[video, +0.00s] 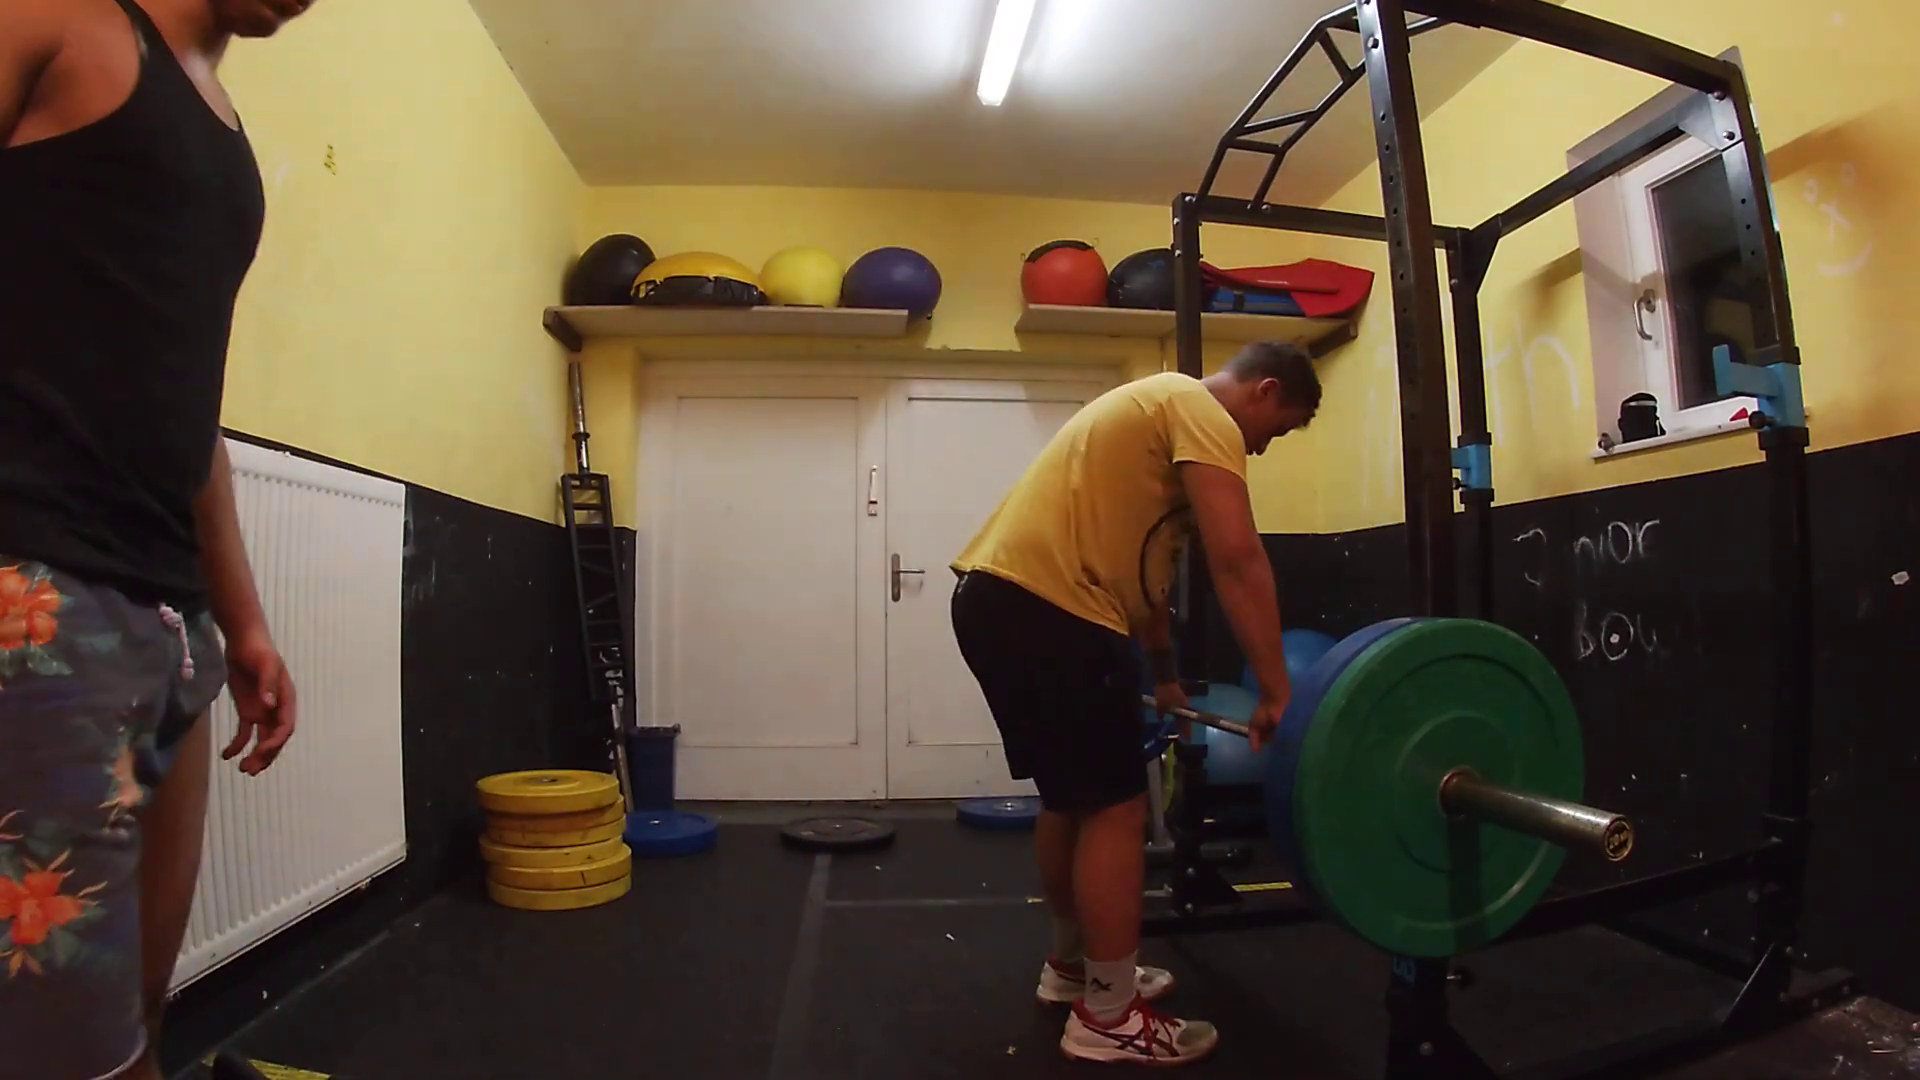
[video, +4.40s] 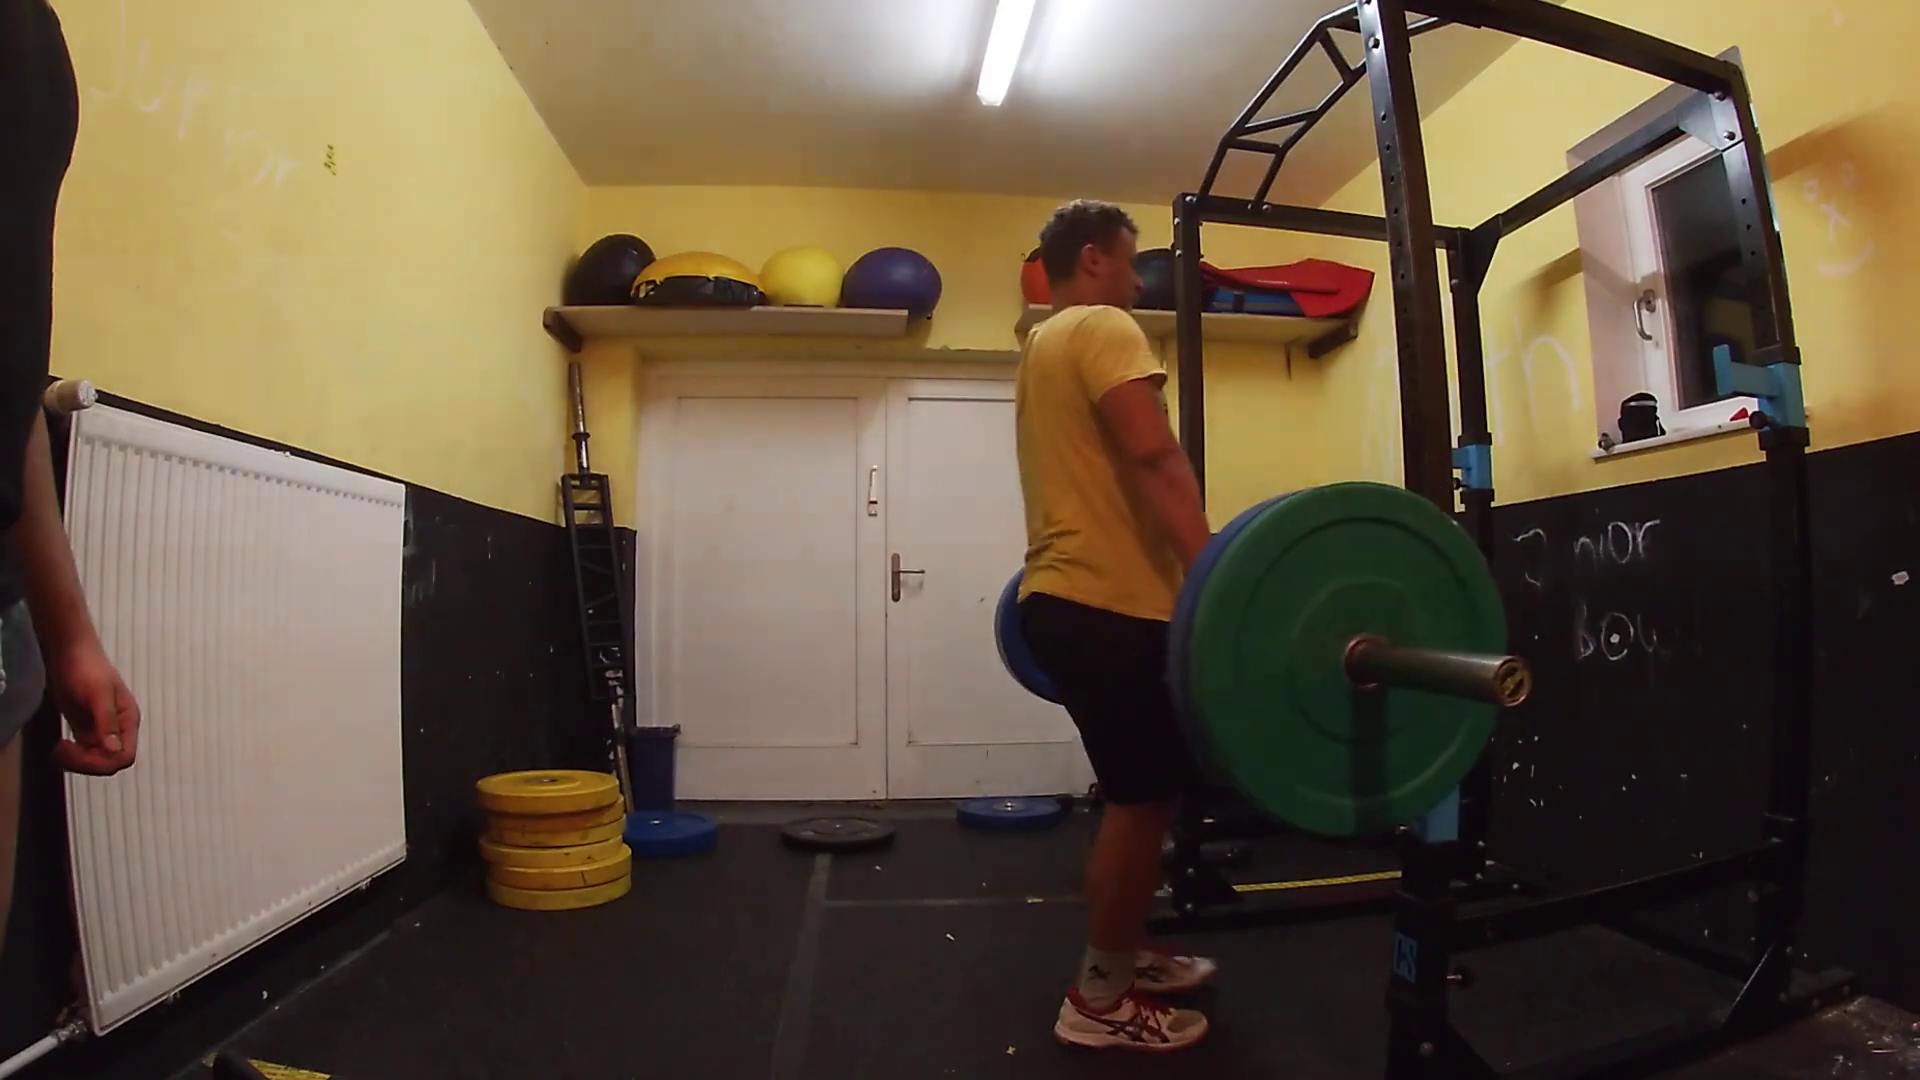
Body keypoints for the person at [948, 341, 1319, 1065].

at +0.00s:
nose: (1267, 444)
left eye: (1278, 435)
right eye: (1279, 428)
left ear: (1247, 380)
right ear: (1263, 392)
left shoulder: (1153, 412)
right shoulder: (1200, 411)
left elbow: (1143, 572)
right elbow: (1236, 555)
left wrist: (1163, 675)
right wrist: (1276, 689)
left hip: (1001, 595)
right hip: (1054, 607)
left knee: (1065, 794)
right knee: (1116, 803)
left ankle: (1071, 960)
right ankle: (1108, 1014)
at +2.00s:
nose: (1342, 478)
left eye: (1354, 473)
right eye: (1356, 465)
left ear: (1338, 412)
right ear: (1348, 425)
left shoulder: (1240, 422)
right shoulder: (1295, 423)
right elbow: (1302, 553)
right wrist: (1295, 698)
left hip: (1083, 590)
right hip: (1138, 604)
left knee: (1155, 791)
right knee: (1203, 796)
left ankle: (1147, 957)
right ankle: (1188, 1006)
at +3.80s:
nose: (1314, 378)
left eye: (1319, 363)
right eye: (1315, 359)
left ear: (1258, 332)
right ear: (1288, 334)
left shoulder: (1198, 389)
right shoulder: (1253, 389)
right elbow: (1274, 527)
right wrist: (1293, 668)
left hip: (1084, 598)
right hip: (1140, 607)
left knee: (1160, 791)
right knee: (1214, 796)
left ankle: (1148, 960)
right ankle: (1190, 1004)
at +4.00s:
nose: (1250, 313)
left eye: (1251, 298)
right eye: (1247, 296)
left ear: (1182, 288)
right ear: (1214, 283)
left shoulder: (1143, 355)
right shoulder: (1203, 346)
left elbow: (1138, 493)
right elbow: (1244, 474)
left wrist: (1196, 609)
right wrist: (1282, 609)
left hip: (1088, 598)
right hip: (1147, 606)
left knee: (1150, 779)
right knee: (1202, 793)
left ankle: (1147, 957)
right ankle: (1191, 1002)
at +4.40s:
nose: (1136, 279)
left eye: (1135, 264)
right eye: (1130, 262)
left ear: (1070, 264)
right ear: (1094, 259)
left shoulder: (1048, 342)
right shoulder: (1100, 328)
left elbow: (1067, 478)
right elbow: (1154, 459)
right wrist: (1217, 574)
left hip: (1075, 601)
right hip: (1107, 608)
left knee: (1143, 789)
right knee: (1140, 799)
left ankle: (1123, 954)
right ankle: (1098, 997)